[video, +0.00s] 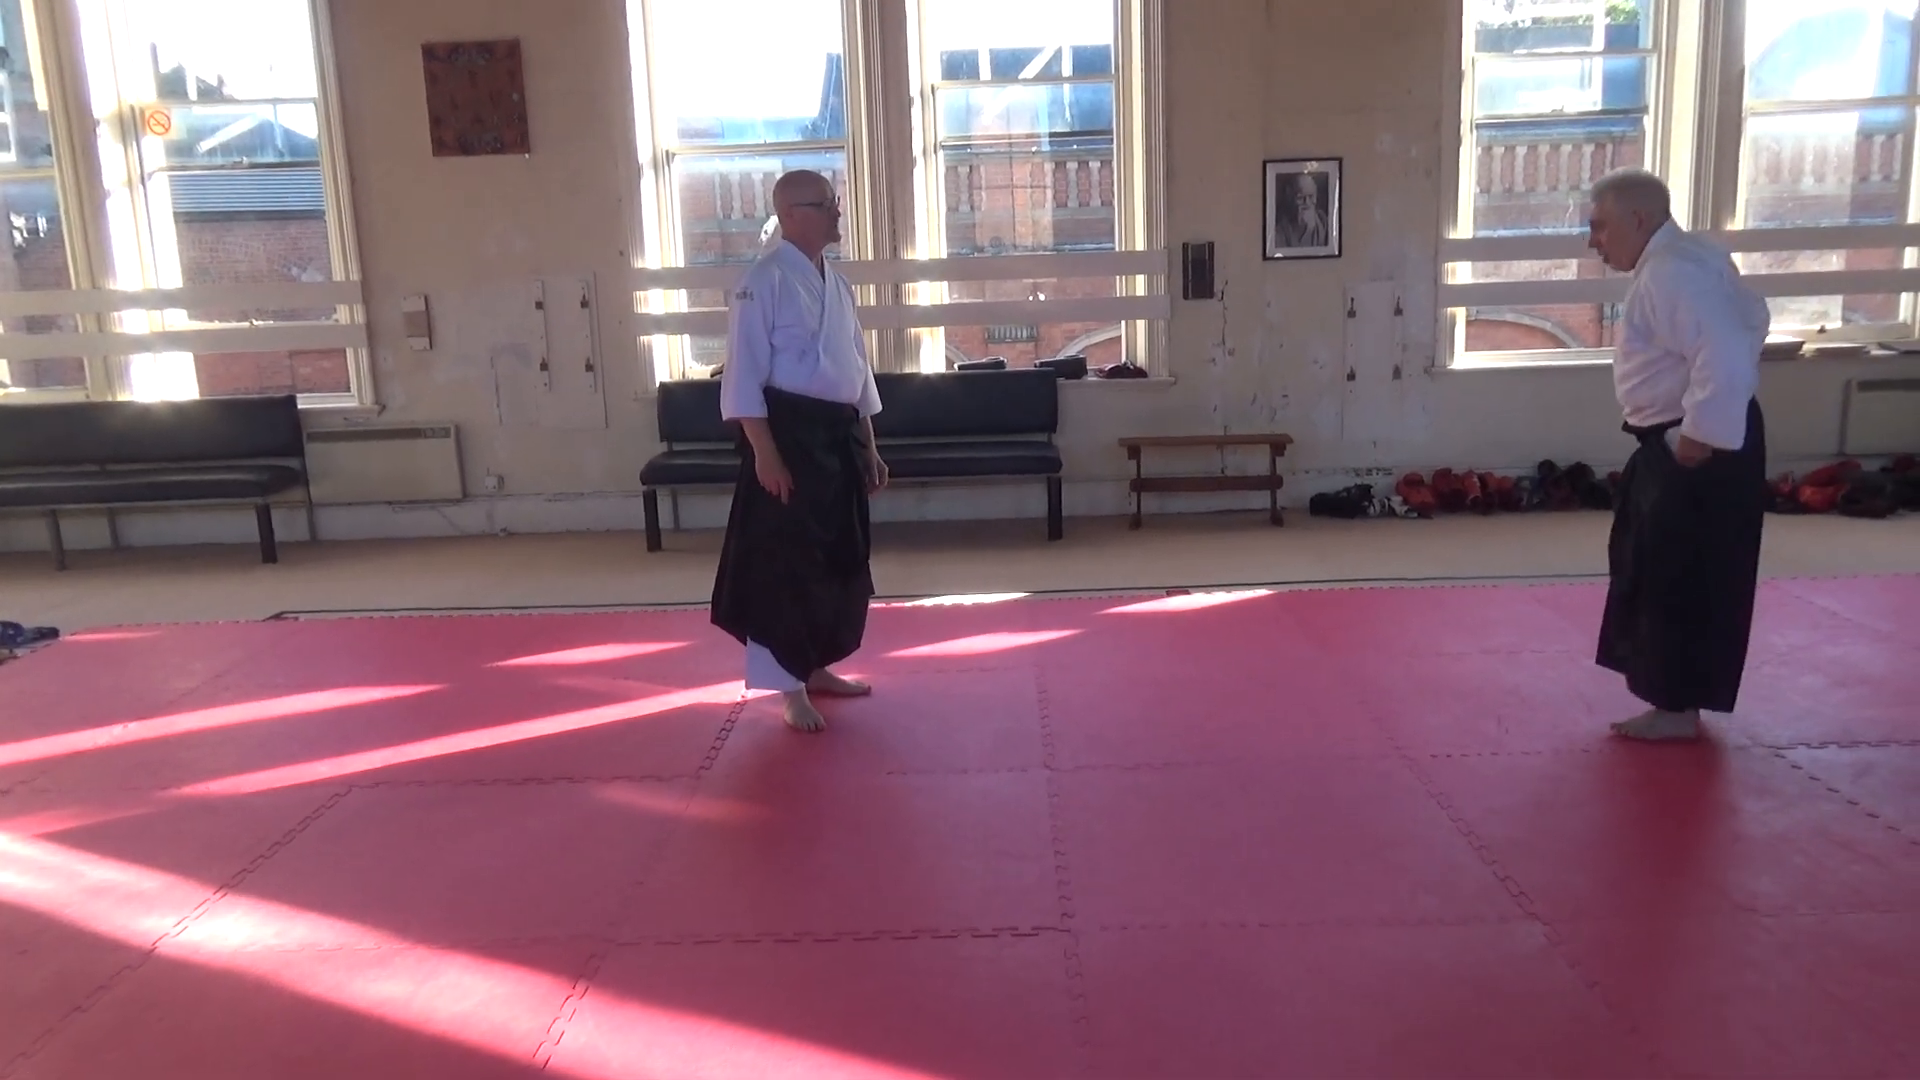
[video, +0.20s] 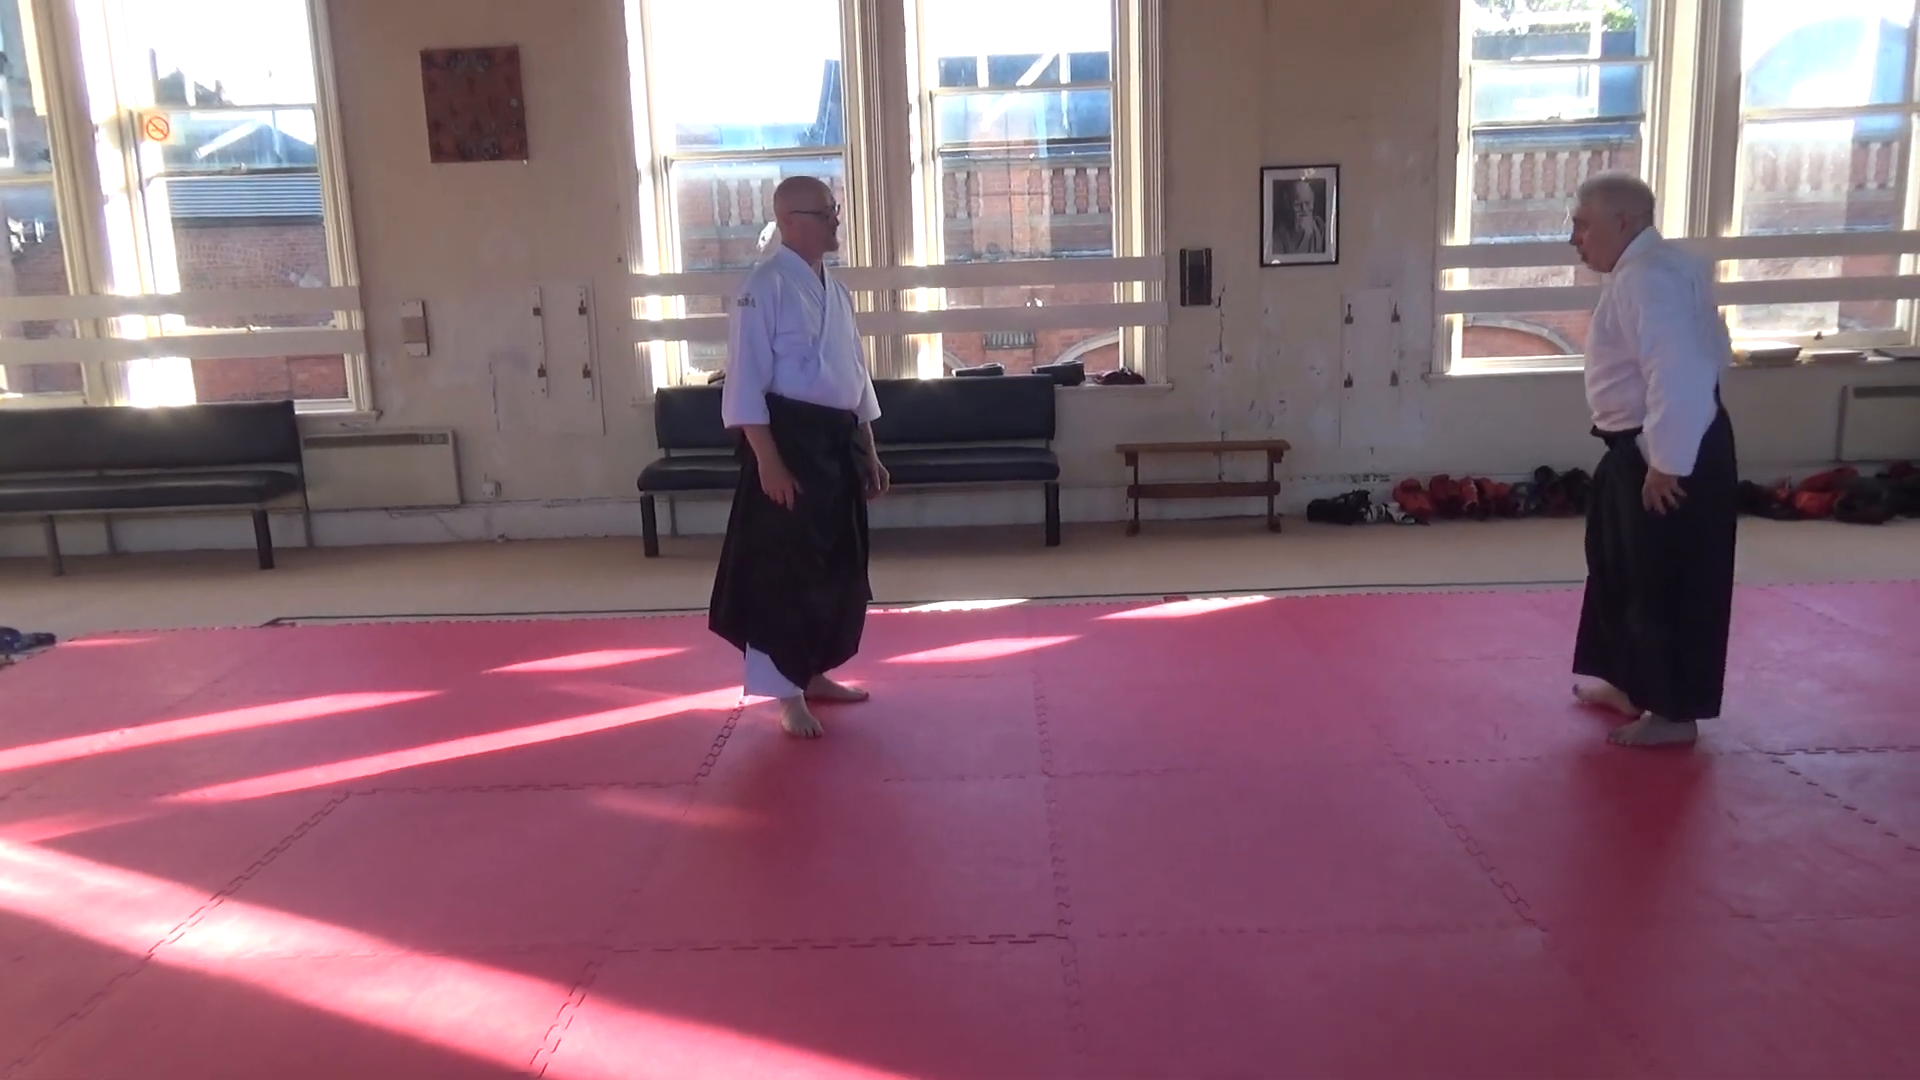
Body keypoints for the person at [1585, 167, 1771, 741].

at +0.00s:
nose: (1593, 239)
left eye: (1600, 225)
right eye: (1592, 226)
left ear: (1640, 219)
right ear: (1646, 221)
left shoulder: (1671, 268)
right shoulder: (1691, 255)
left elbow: (1723, 347)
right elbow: (1754, 317)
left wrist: (1700, 429)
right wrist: (1724, 382)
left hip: (1690, 444)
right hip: (1693, 439)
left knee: (1677, 568)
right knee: (1679, 566)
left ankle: (1677, 706)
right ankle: (1674, 700)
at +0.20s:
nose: (1575, 238)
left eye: (1583, 224)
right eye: (1574, 225)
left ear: (1623, 223)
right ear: (1627, 224)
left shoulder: (1648, 276)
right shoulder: (1655, 268)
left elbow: (1678, 370)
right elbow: (1701, 355)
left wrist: (1665, 459)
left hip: (1666, 452)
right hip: (1642, 446)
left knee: (1666, 579)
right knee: (1631, 568)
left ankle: (1674, 713)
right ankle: (1631, 686)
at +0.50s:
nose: (1537, 274)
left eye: (1545, 262)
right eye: (1538, 262)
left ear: (1584, 261)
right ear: (1584, 262)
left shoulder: (1609, 316)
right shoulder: (1607, 308)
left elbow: (1641, 399)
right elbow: (1649, 394)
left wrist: (1616, 484)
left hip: (1610, 487)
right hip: (1602, 482)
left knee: (1598, 608)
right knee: (1601, 607)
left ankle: (1608, 734)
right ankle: (1607, 728)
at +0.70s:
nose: (1512, 284)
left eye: (1521, 273)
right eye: (1513, 273)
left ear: (1560, 275)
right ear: (1561, 275)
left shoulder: (1588, 332)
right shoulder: (1574, 324)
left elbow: (1596, 411)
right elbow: (1587, 410)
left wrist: (1552, 483)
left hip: (1584, 495)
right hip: (1591, 492)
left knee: (1519, 610)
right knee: (1597, 616)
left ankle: (1483, 736)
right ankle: (1612, 736)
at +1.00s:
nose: (1461, 290)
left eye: (1470, 278)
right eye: (1462, 278)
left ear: (1508, 282)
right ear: (1513, 283)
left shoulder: (1523, 343)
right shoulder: (1538, 330)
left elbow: (1495, 440)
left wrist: (1441, 514)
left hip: (1522, 505)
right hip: (1560, 499)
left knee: (1457, 616)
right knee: (1575, 614)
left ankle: (1450, 748)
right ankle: (1596, 730)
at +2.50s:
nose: (1477, 269)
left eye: (1487, 258)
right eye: (1479, 257)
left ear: (1528, 262)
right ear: (1531, 263)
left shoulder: (1543, 317)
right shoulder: (1556, 309)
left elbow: (1497, 360)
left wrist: (1433, 394)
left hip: (1514, 504)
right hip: (1555, 497)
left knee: (1460, 634)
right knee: (1567, 633)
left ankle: (1451, 776)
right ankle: (1586, 764)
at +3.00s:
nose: (1453, 288)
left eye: (1464, 277)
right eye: (1454, 277)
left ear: (1505, 277)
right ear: (1508, 279)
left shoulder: (1518, 345)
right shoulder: (1515, 335)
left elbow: (1481, 454)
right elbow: (1460, 438)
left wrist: (1415, 513)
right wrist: (1400, 486)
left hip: (1500, 523)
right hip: (1542, 514)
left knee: (1453, 654)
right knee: (1555, 649)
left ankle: (1438, 792)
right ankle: (1576, 779)